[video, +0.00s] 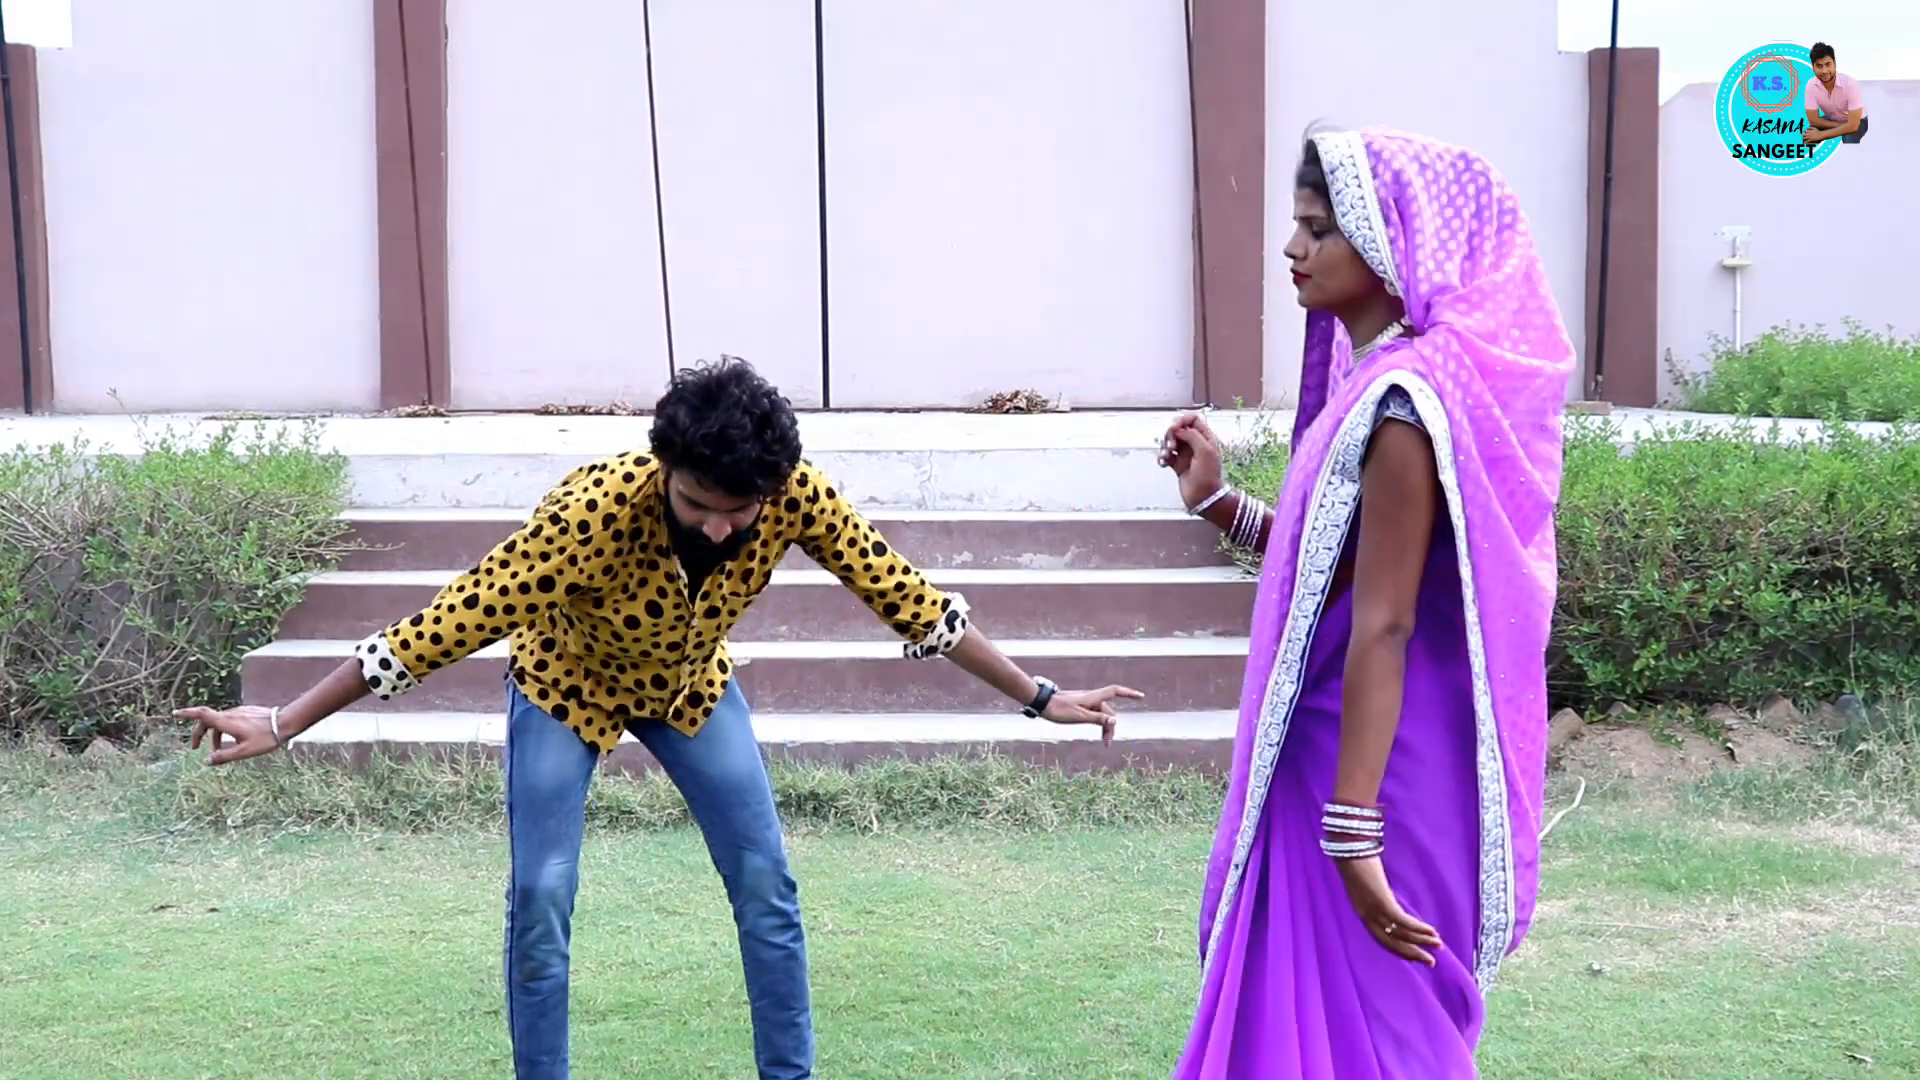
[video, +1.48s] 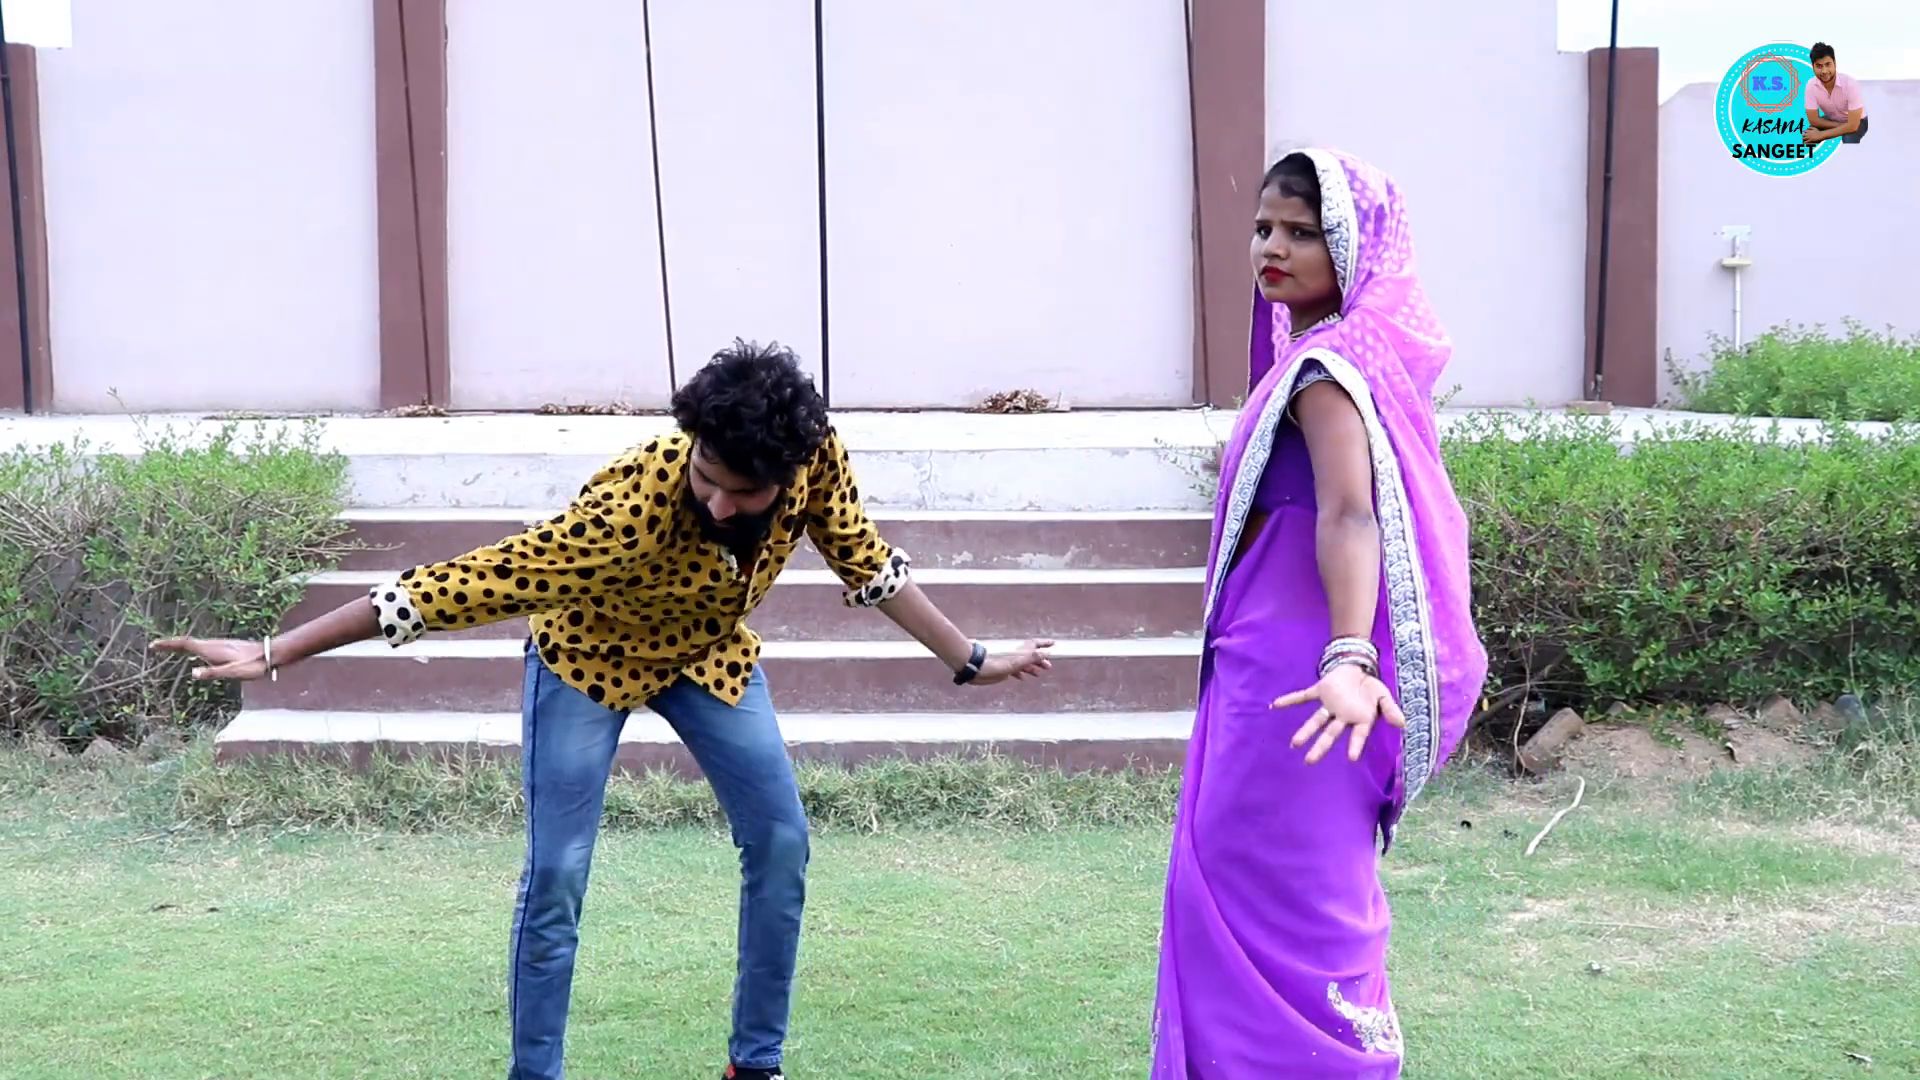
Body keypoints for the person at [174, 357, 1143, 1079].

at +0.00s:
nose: (724, 523)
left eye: (742, 506)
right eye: (706, 503)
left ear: (769, 482)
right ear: (666, 469)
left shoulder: (791, 492)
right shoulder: (596, 510)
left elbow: (904, 595)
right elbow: (451, 620)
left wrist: (1035, 697)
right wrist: (284, 722)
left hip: (688, 680)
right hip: (561, 683)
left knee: (767, 880)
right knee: (539, 897)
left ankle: (788, 1069)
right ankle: (542, 1074)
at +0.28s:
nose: (733, 521)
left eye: (753, 506)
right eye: (717, 501)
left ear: (782, 481)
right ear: (678, 465)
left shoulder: (806, 501)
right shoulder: (609, 504)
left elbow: (931, 601)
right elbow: (471, 613)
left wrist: (1070, 694)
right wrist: (317, 721)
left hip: (717, 683)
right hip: (588, 683)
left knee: (789, 890)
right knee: (552, 893)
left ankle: (792, 1074)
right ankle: (543, 1074)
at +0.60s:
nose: (755, 516)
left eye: (776, 501)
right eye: (739, 495)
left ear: (805, 475)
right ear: (702, 456)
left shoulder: (828, 492)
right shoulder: (633, 479)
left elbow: (941, 594)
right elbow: (489, 570)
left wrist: (1072, 690)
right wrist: (322, 652)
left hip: (736, 667)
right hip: (610, 665)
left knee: (793, 870)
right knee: (570, 885)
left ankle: (793, 1069)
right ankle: (546, 1071)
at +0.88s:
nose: (752, 513)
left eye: (774, 499)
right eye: (735, 491)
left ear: (808, 470)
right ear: (701, 446)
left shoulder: (829, 493)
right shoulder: (633, 477)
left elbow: (938, 602)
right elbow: (486, 577)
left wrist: (1064, 706)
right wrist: (327, 669)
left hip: (737, 666)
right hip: (610, 661)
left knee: (794, 881)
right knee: (571, 884)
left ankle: (794, 1070)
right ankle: (547, 1070)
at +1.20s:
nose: (734, 511)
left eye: (757, 496)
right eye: (717, 487)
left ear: (786, 474)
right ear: (681, 445)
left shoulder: (805, 528)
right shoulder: (610, 488)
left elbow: (917, 641)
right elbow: (477, 605)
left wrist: (1044, 734)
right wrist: (332, 723)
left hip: (738, 712)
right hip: (607, 711)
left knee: (818, 906)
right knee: (561, 916)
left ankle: (794, 1078)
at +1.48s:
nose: (713, 498)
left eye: (739, 487)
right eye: (703, 476)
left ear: (789, 470)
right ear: (688, 443)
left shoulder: (813, 468)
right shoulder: (627, 512)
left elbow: (869, 565)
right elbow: (449, 587)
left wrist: (967, 660)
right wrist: (269, 651)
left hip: (705, 648)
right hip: (585, 651)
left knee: (781, 833)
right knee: (555, 873)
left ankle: (759, 1058)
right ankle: (534, 1068)